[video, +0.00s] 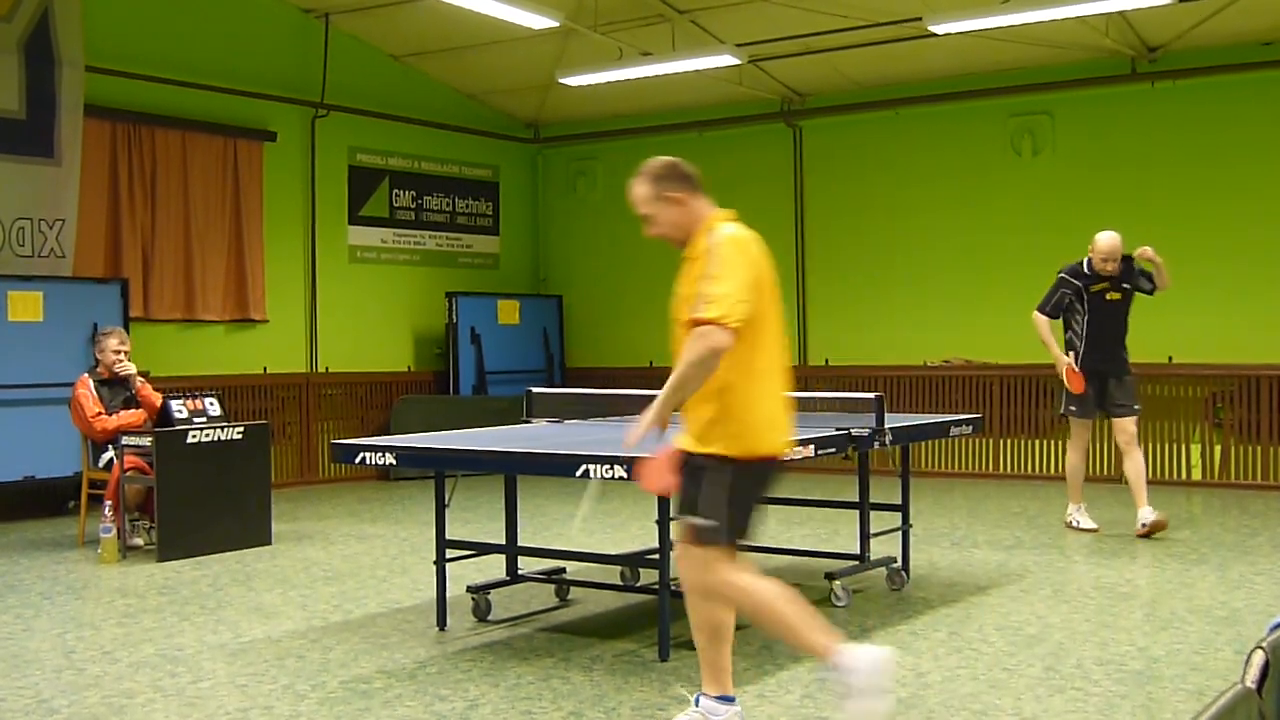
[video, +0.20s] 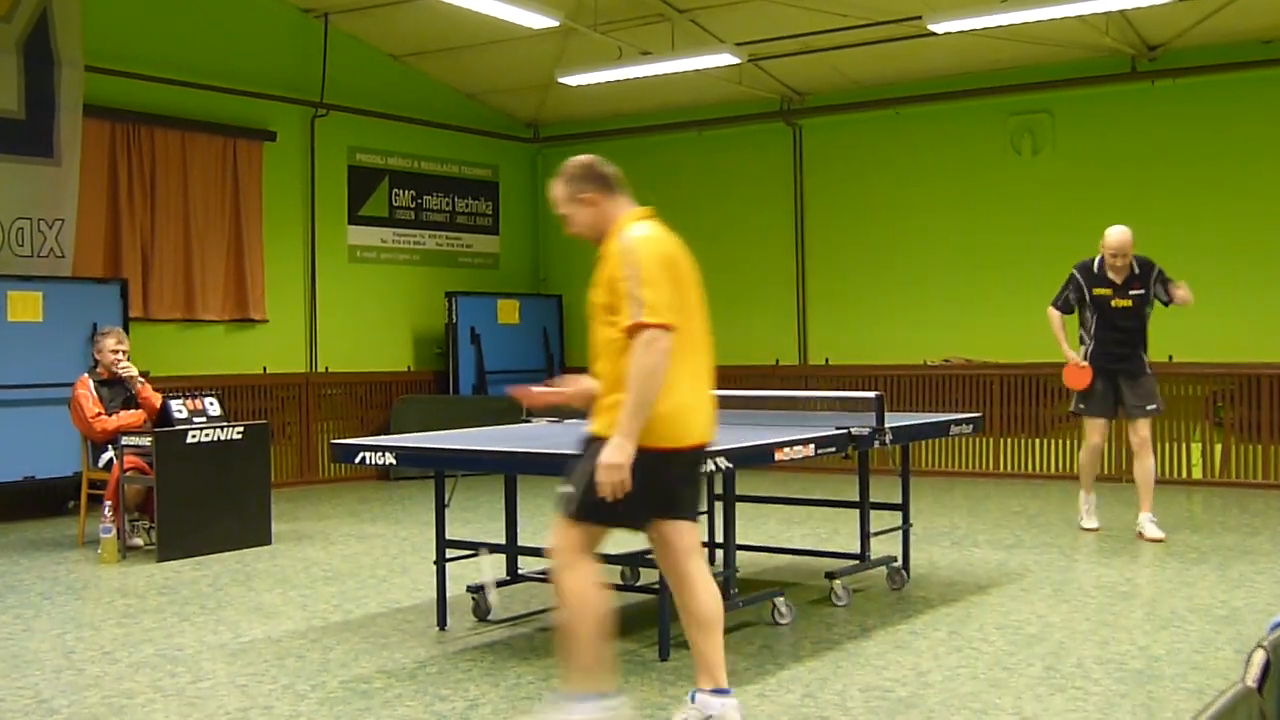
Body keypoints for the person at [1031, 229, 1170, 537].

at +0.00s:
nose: (1109, 267)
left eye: (1115, 261)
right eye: (1103, 262)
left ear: (1122, 257)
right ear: (1090, 254)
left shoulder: (1128, 272)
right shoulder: (1072, 276)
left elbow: (1160, 285)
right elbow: (1040, 316)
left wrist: (1156, 262)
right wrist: (1057, 355)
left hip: (1117, 369)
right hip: (1081, 370)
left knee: (1129, 438)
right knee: (1079, 441)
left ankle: (1144, 513)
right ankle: (1075, 509)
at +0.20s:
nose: (1117, 262)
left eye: (1122, 257)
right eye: (1111, 256)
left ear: (1132, 251)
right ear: (1102, 250)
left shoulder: (1147, 270)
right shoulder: (1084, 273)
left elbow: (1176, 294)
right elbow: (1055, 311)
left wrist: (1180, 295)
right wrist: (1067, 350)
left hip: (1135, 369)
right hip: (1096, 369)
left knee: (1142, 440)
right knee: (1095, 441)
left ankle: (1146, 516)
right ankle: (1087, 501)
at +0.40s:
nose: (1114, 259)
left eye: (1120, 253)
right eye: (1109, 254)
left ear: (1133, 246)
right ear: (1103, 249)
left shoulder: (1156, 268)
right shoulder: (1091, 269)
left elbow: (1177, 308)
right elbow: (1071, 306)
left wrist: (1174, 347)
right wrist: (1077, 346)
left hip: (1140, 366)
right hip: (1099, 364)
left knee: (1143, 442)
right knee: (1090, 434)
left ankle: (1146, 516)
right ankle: (1100, 502)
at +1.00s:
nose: (1063, 264)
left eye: (1068, 257)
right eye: (1058, 258)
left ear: (1084, 247)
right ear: (1054, 252)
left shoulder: (1113, 264)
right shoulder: (1051, 275)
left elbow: (1142, 308)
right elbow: (1042, 322)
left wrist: (1133, 353)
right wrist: (1040, 366)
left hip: (1111, 369)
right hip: (1068, 371)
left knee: (1126, 448)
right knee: (1072, 445)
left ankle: (1139, 501)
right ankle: (1087, 526)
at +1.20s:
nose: (1043, 250)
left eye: (1049, 243)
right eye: (1039, 244)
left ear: (1068, 241)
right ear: (1037, 243)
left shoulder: (1096, 264)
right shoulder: (1036, 273)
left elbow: (1127, 307)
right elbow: (1027, 318)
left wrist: (1113, 357)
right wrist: (1027, 353)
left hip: (1094, 366)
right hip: (1056, 368)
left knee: (1094, 444)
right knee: (1068, 448)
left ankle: (1101, 528)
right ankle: (1085, 526)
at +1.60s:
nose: (1014, 246)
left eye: (1022, 240)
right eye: (1012, 240)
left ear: (1042, 244)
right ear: (1011, 243)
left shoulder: (1064, 271)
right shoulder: (1012, 274)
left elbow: (1090, 319)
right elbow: (1010, 315)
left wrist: (1073, 372)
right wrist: (1005, 347)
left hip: (1056, 373)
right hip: (1025, 371)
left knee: (1049, 454)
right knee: (1017, 451)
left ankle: (1049, 541)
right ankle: (1067, 513)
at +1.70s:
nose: (1005, 244)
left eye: (1012, 238)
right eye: (1002, 238)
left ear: (1032, 242)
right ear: (1000, 242)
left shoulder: (1052, 271)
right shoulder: (1003, 272)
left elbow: (1077, 322)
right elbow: (1005, 309)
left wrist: (1062, 372)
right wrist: (996, 340)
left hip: (1051, 370)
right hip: (1019, 367)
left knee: (1046, 452)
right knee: (999, 442)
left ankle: (1049, 540)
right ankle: (1036, 510)